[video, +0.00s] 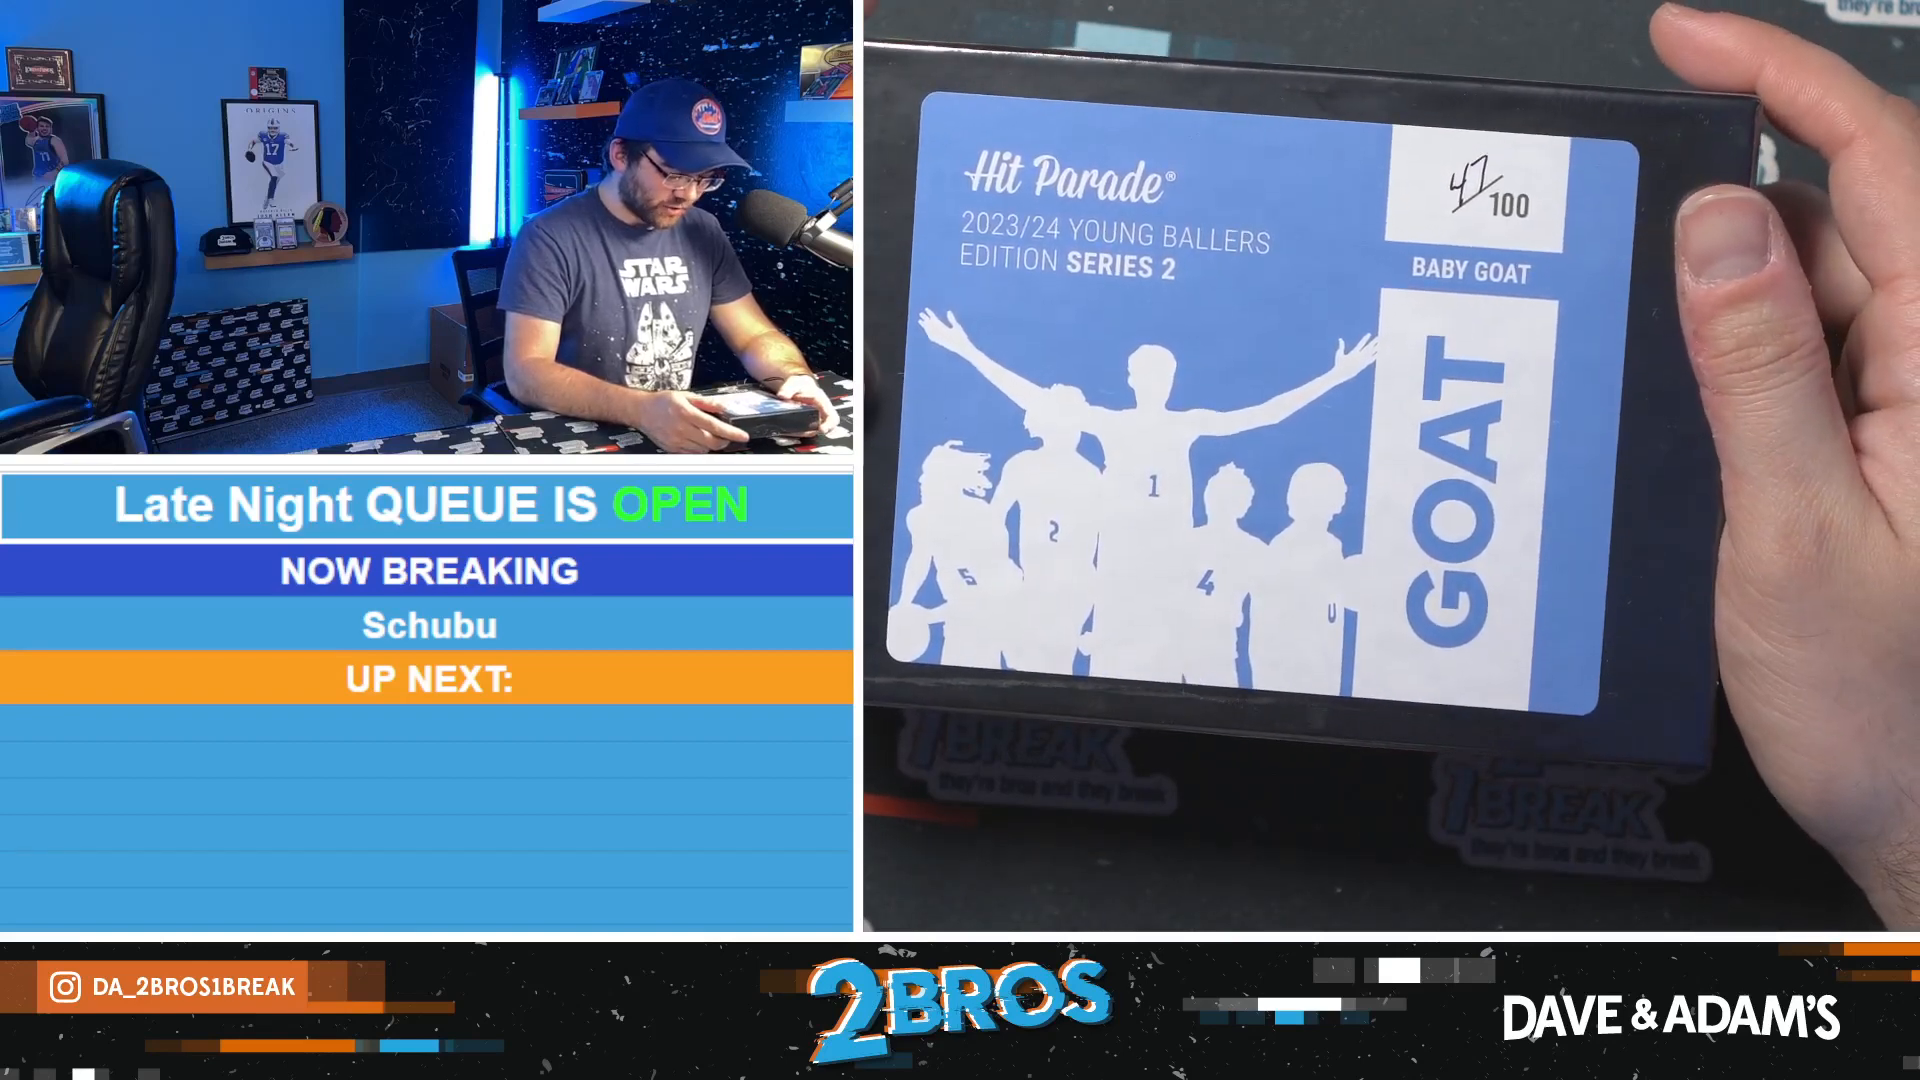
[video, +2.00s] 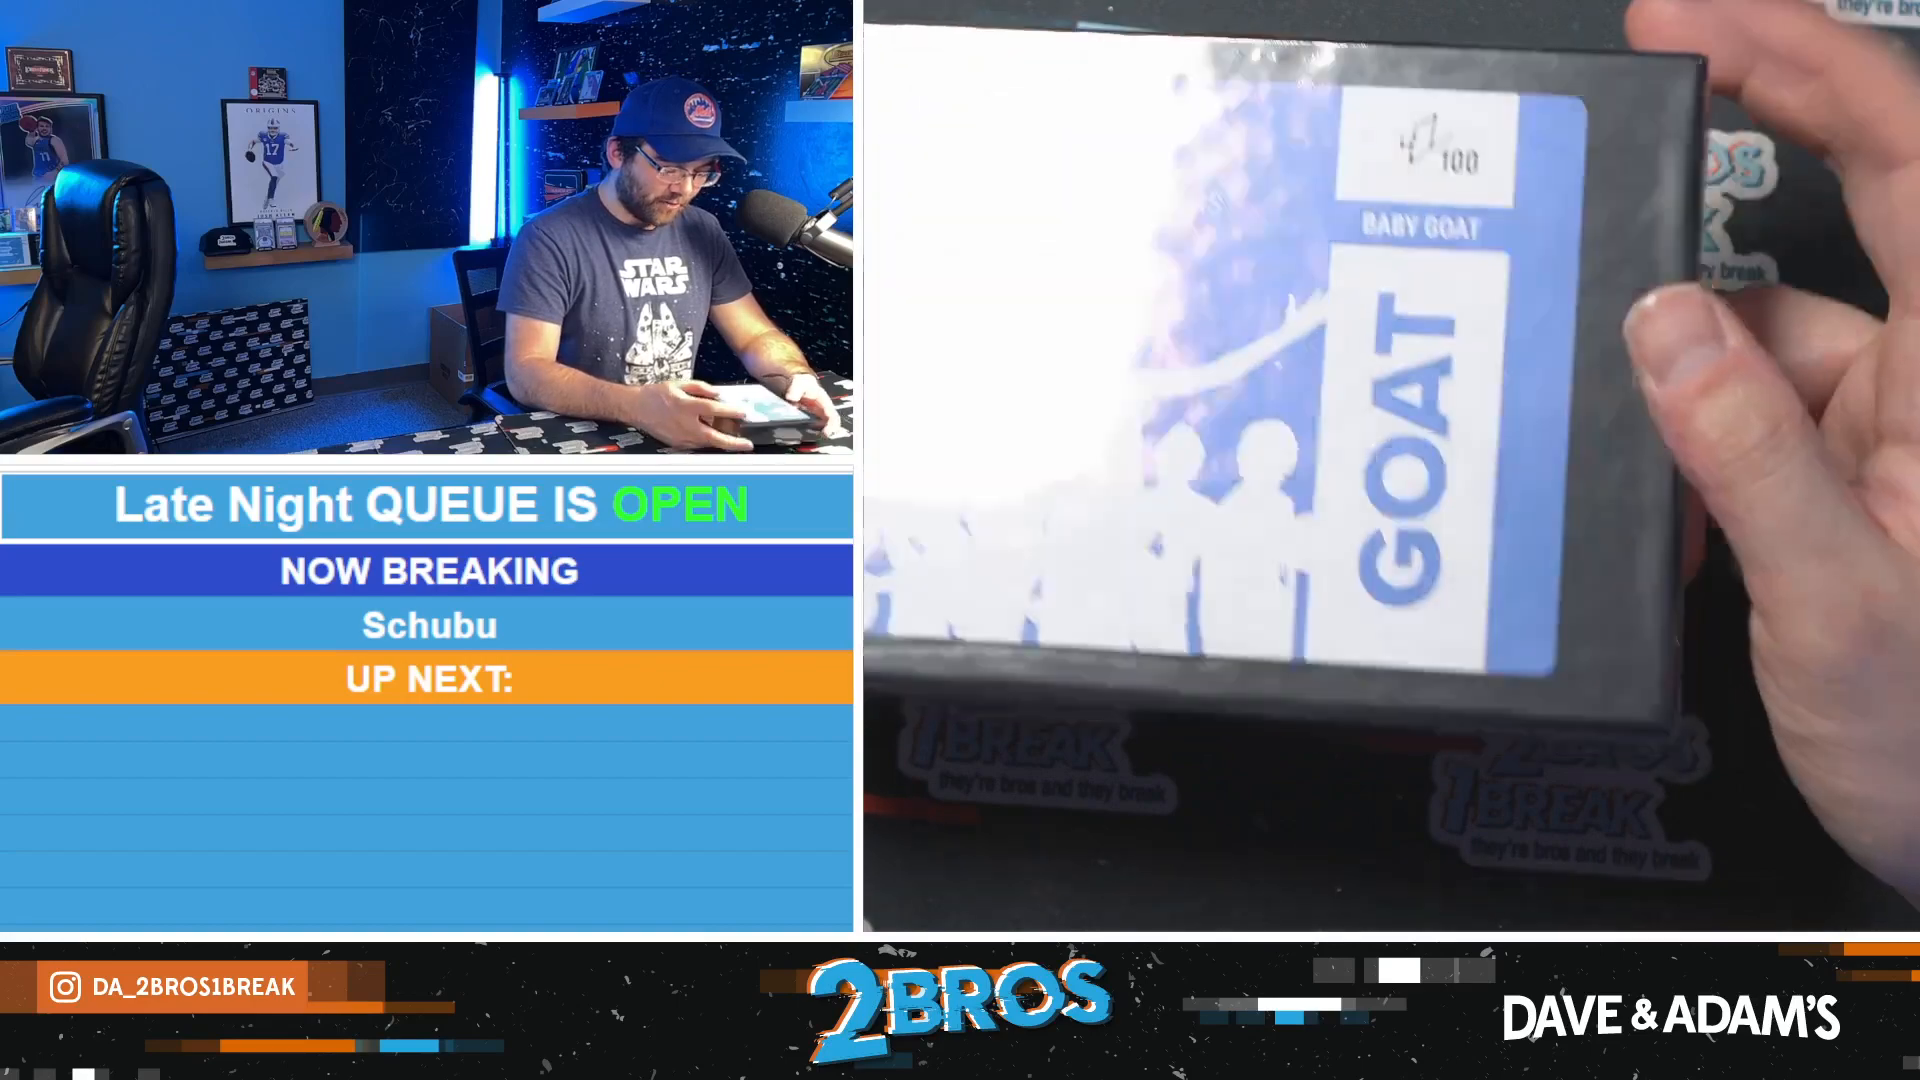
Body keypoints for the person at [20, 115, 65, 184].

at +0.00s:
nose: (44, 128)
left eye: (47, 126)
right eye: (41, 126)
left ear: (50, 128)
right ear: (37, 128)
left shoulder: (55, 140)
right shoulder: (35, 140)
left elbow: (64, 160)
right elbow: (28, 142)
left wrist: (54, 173)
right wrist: (31, 132)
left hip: (51, 177)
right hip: (37, 176)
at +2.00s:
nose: (44, 128)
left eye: (47, 126)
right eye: (41, 126)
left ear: (50, 129)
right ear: (37, 128)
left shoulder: (54, 140)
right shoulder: (35, 140)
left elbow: (64, 160)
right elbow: (28, 142)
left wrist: (54, 173)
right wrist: (31, 133)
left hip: (50, 177)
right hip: (37, 176)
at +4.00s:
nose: (44, 128)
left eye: (47, 126)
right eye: (41, 126)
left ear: (51, 128)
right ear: (37, 128)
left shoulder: (54, 140)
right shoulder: (35, 140)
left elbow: (64, 160)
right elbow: (28, 142)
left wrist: (54, 173)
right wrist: (31, 133)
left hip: (50, 177)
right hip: (37, 176)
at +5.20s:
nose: (44, 128)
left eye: (47, 126)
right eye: (41, 126)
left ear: (50, 128)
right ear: (37, 128)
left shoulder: (54, 140)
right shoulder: (35, 140)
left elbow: (64, 160)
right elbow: (28, 141)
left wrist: (53, 173)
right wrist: (30, 132)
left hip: (50, 177)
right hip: (37, 176)